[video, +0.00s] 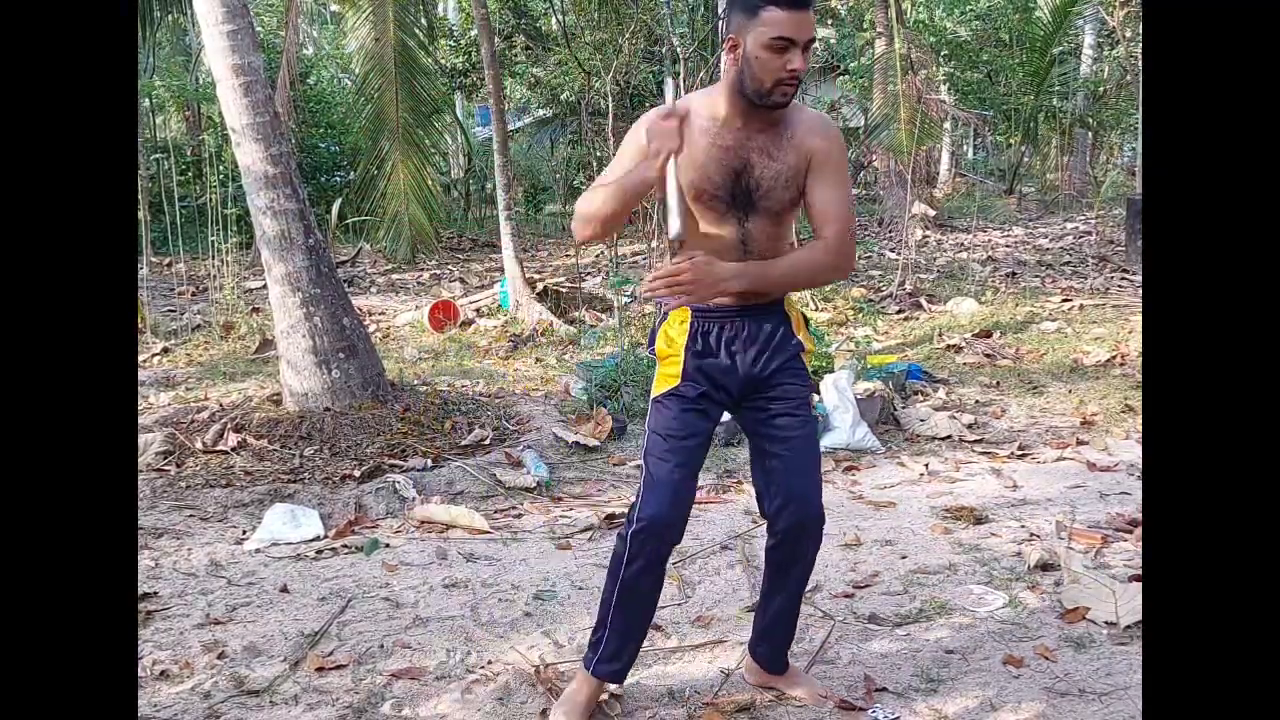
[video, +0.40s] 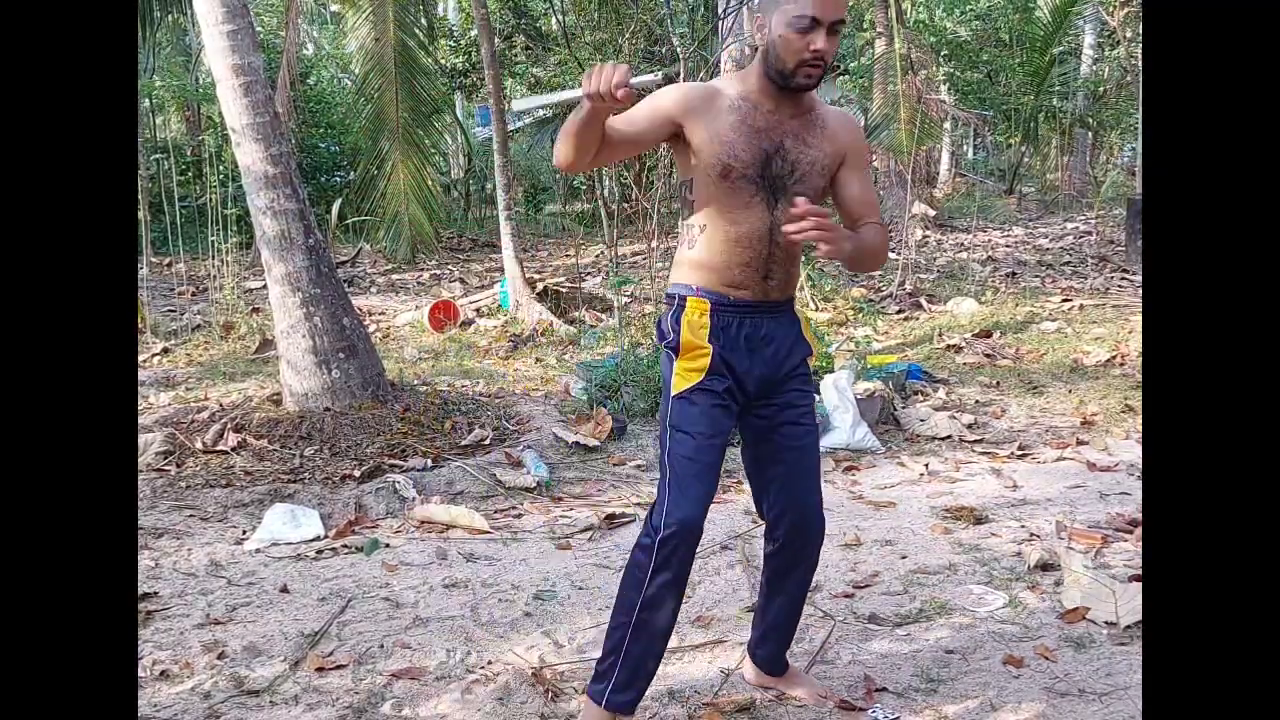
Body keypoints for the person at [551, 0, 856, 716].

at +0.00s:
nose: (798, 66)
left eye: (806, 49)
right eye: (781, 48)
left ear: (810, 48)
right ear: (732, 45)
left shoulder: (815, 135)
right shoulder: (672, 123)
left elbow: (837, 255)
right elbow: (587, 226)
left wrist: (730, 278)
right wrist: (646, 163)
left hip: (776, 344)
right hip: (692, 343)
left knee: (800, 518)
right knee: (658, 516)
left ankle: (769, 665)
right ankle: (596, 678)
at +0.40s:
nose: (823, 46)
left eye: (835, 30)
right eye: (807, 26)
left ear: (841, 34)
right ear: (760, 22)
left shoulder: (839, 129)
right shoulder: (693, 103)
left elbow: (873, 247)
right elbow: (574, 157)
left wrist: (839, 240)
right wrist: (595, 106)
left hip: (780, 334)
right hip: (701, 329)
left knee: (801, 521)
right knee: (680, 517)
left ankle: (768, 662)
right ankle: (609, 700)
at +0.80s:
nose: (671, 84)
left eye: (696, 68)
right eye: (656, 59)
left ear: (715, 69)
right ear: (626, 49)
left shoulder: (696, 131)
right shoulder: (599, 145)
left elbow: (797, 137)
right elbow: (669, 286)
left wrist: (868, 85)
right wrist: (744, 215)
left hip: (638, 381)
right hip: (560, 385)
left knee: (714, 558)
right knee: (574, 600)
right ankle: (544, 717)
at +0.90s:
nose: (609, 98)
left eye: (634, 80)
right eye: (594, 73)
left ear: (664, 79)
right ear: (569, 64)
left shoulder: (683, 145)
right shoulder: (530, 169)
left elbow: (797, 159)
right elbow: (511, 313)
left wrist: (890, 140)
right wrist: (597, 400)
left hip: (614, 385)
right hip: (532, 387)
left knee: (612, 607)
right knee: (556, 605)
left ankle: (461, 636)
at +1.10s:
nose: (550, 182)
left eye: (574, 157)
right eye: (527, 156)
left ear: (599, 143)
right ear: (492, 141)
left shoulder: (636, 215)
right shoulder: (453, 200)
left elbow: (750, 246)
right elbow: (392, 209)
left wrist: (866, 246)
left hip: (549, 445)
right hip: (464, 428)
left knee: (452, 660)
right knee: (530, 660)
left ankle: (313, 714)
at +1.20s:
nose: (575, 167)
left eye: (583, 142)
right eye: (548, 151)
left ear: (590, 128)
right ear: (491, 147)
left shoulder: (622, 220)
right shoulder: (440, 198)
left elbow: (736, 280)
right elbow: (391, 235)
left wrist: (862, 327)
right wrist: (369, 235)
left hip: (549, 442)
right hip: (463, 425)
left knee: (482, 658)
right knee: (520, 651)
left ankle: (335, 716)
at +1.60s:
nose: (648, 167)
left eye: (649, 146)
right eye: (628, 154)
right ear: (566, 159)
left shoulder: (655, 226)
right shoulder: (495, 202)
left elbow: (595, 373)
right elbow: (352, 269)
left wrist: (456, 349)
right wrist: (443, 194)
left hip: (632, 414)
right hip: (545, 421)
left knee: (732, 536)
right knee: (558, 603)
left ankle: (718, 623)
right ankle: (538, 714)